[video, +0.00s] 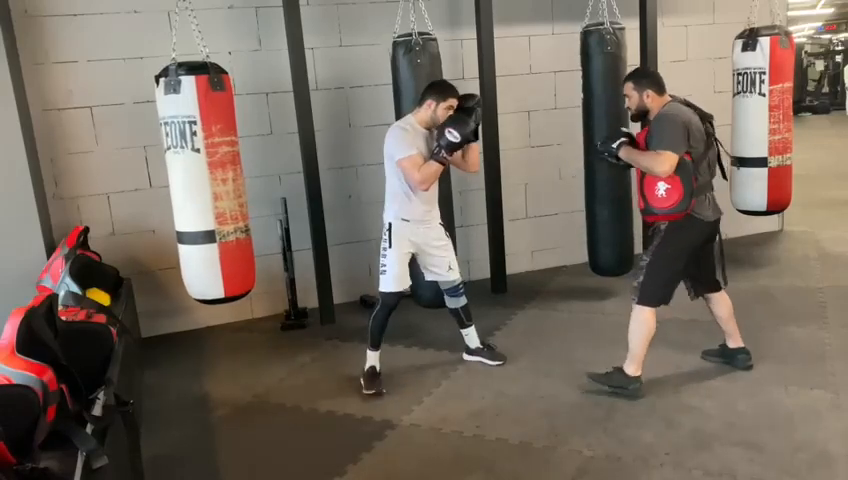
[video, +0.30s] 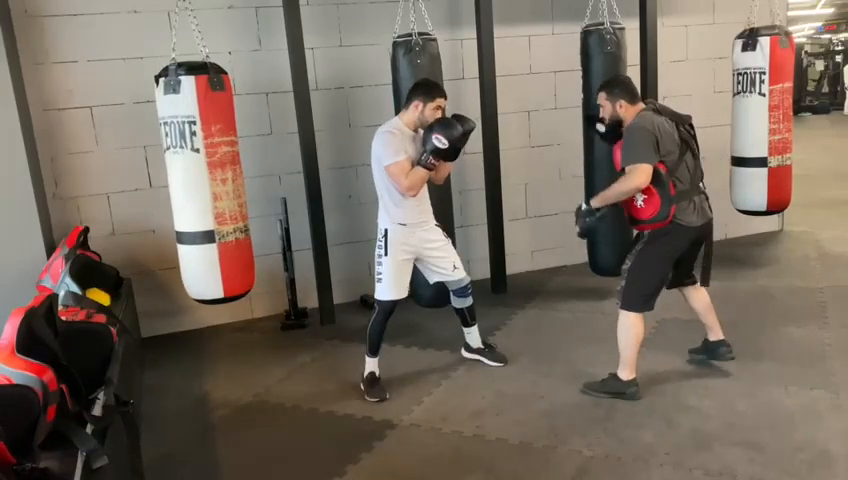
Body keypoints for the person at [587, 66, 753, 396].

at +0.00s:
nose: (626, 104)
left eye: (629, 97)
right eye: (626, 97)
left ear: (647, 94)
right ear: (654, 93)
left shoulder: (668, 119)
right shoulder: (679, 112)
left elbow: (663, 164)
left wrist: (624, 150)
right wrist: (635, 148)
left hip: (682, 222)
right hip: (703, 218)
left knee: (647, 296)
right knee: (710, 285)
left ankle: (630, 373)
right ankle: (736, 347)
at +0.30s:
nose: (602, 114)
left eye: (603, 107)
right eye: (600, 108)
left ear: (620, 104)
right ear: (632, 100)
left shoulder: (639, 127)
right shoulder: (662, 116)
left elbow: (638, 178)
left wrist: (592, 204)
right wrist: (615, 136)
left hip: (670, 224)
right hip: (697, 219)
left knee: (633, 297)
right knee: (685, 278)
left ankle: (625, 377)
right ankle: (717, 342)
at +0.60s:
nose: (630, 113)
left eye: (635, 104)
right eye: (628, 106)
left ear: (661, 102)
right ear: (666, 104)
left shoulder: (674, 139)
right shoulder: (692, 127)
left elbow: (678, 198)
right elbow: (660, 181)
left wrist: (620, 185)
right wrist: (634, 146)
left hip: (696, 261)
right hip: (721, 255)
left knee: (636, 343)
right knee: (703, 332)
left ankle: (636, 443)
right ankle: (740, 406)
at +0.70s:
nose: (635, 109)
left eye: (640, 100)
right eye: (633, 101)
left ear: (667, 98)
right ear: (673, 99)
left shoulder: (676, 134)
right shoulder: (699, 125)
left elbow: (669, 188)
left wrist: (620, 171)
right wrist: (637, 143)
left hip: (691, 259)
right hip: (719, 256)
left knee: (638, 348)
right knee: (700, 335)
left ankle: (638, 448)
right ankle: (740, 407)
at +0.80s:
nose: (634, 110)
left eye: (640, 101)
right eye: (633, 103)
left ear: (667, 99)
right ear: (672, 102)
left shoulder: (675, 133)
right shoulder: (697, 129)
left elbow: (665, 187)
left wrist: (602, 183)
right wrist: (636, 149)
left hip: (690, 259)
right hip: (714, 255)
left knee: (630, 346)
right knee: (697, 337)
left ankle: (633, 445)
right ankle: (739, 407)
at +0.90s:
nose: (627, 112)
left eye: (632, 104)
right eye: (625, 105)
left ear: (659, 101)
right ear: (663, 103)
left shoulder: (669, 136)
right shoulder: (686, 130)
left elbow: (673, 190)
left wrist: (602, 203)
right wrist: (630, 143)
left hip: (685, 263)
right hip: (708, 259)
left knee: (619, 345)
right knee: (697, 334)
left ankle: (621, 444)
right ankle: (739, 406)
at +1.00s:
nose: (616, 116)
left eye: (622, 108)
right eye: (615, 109)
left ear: (650, 107)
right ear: (653, 109)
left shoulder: (661, 141)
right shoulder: (675, 135)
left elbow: (660, 194)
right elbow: (627, 180)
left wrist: (593, 197)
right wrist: (603, 145)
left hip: (674, 268)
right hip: (696, 262)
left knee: (618, 356)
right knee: (693, 338)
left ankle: (605, 454)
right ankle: (739, 407)